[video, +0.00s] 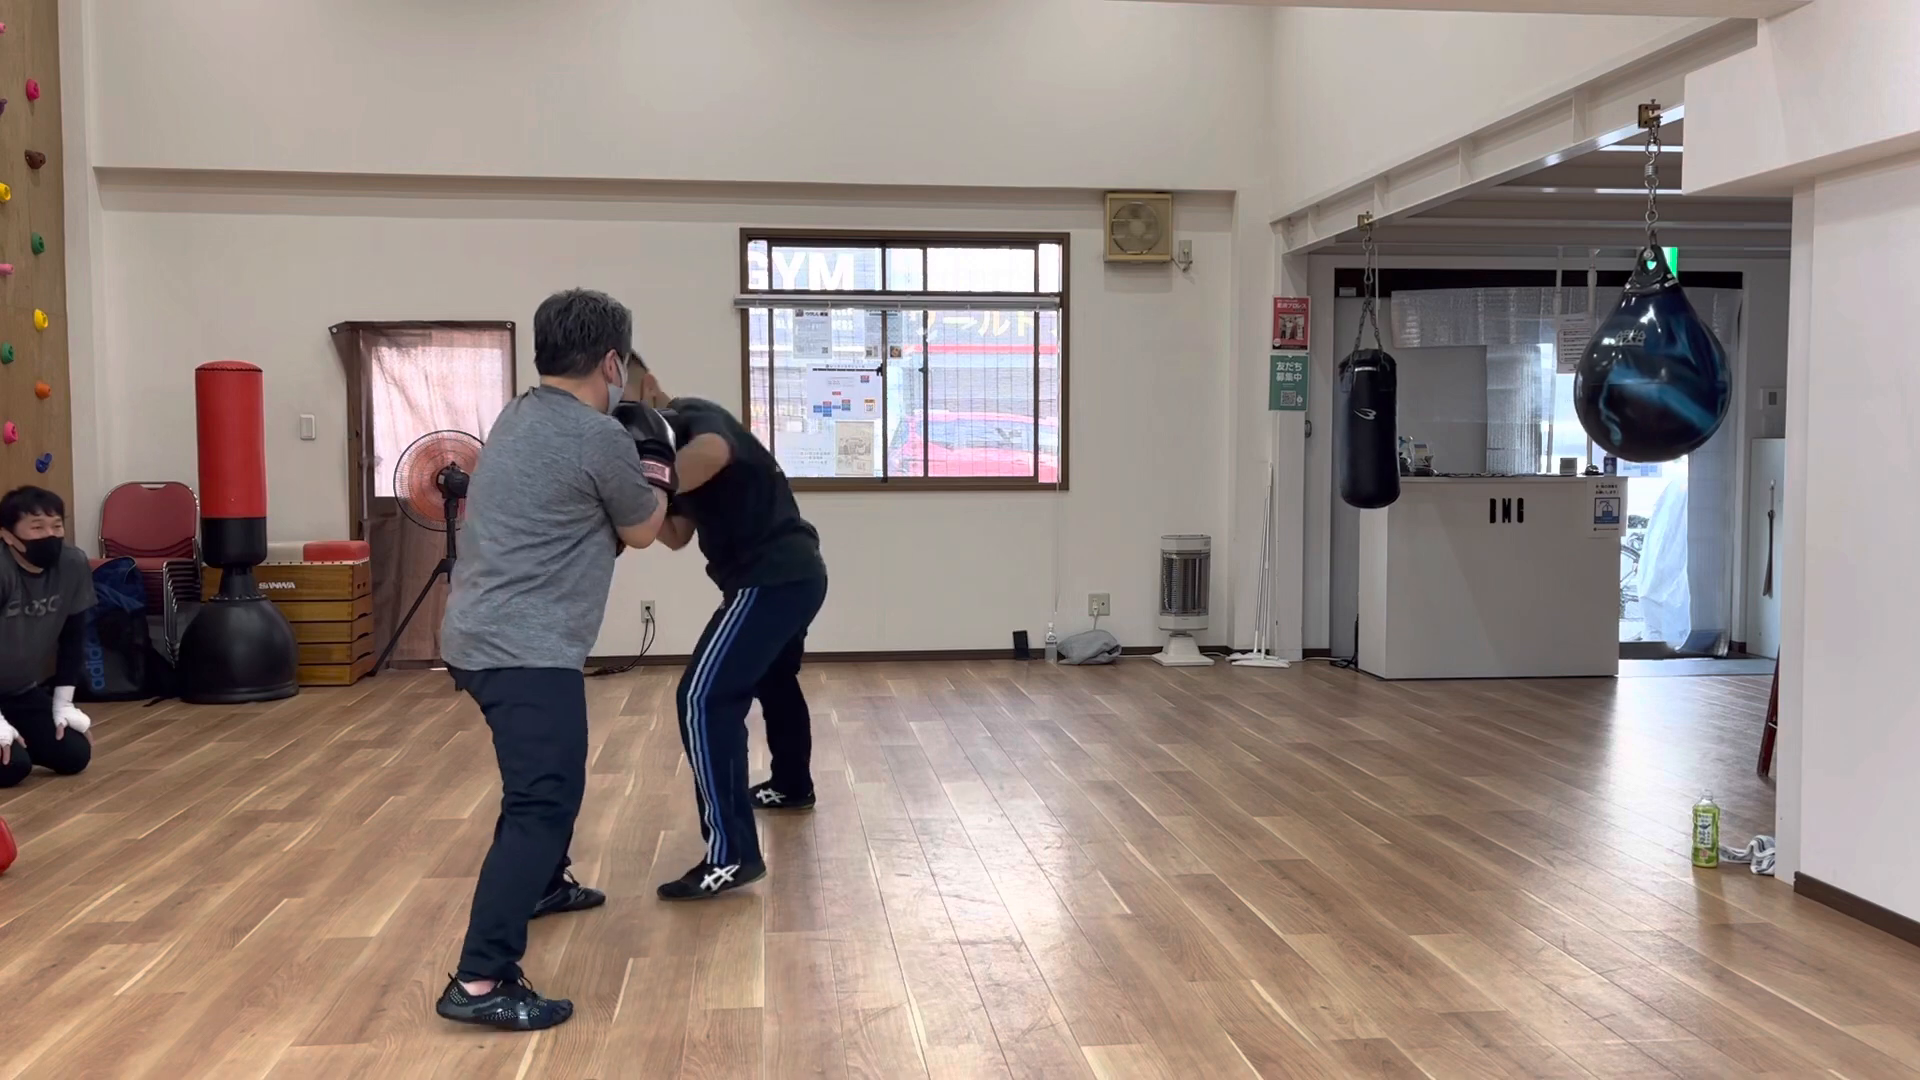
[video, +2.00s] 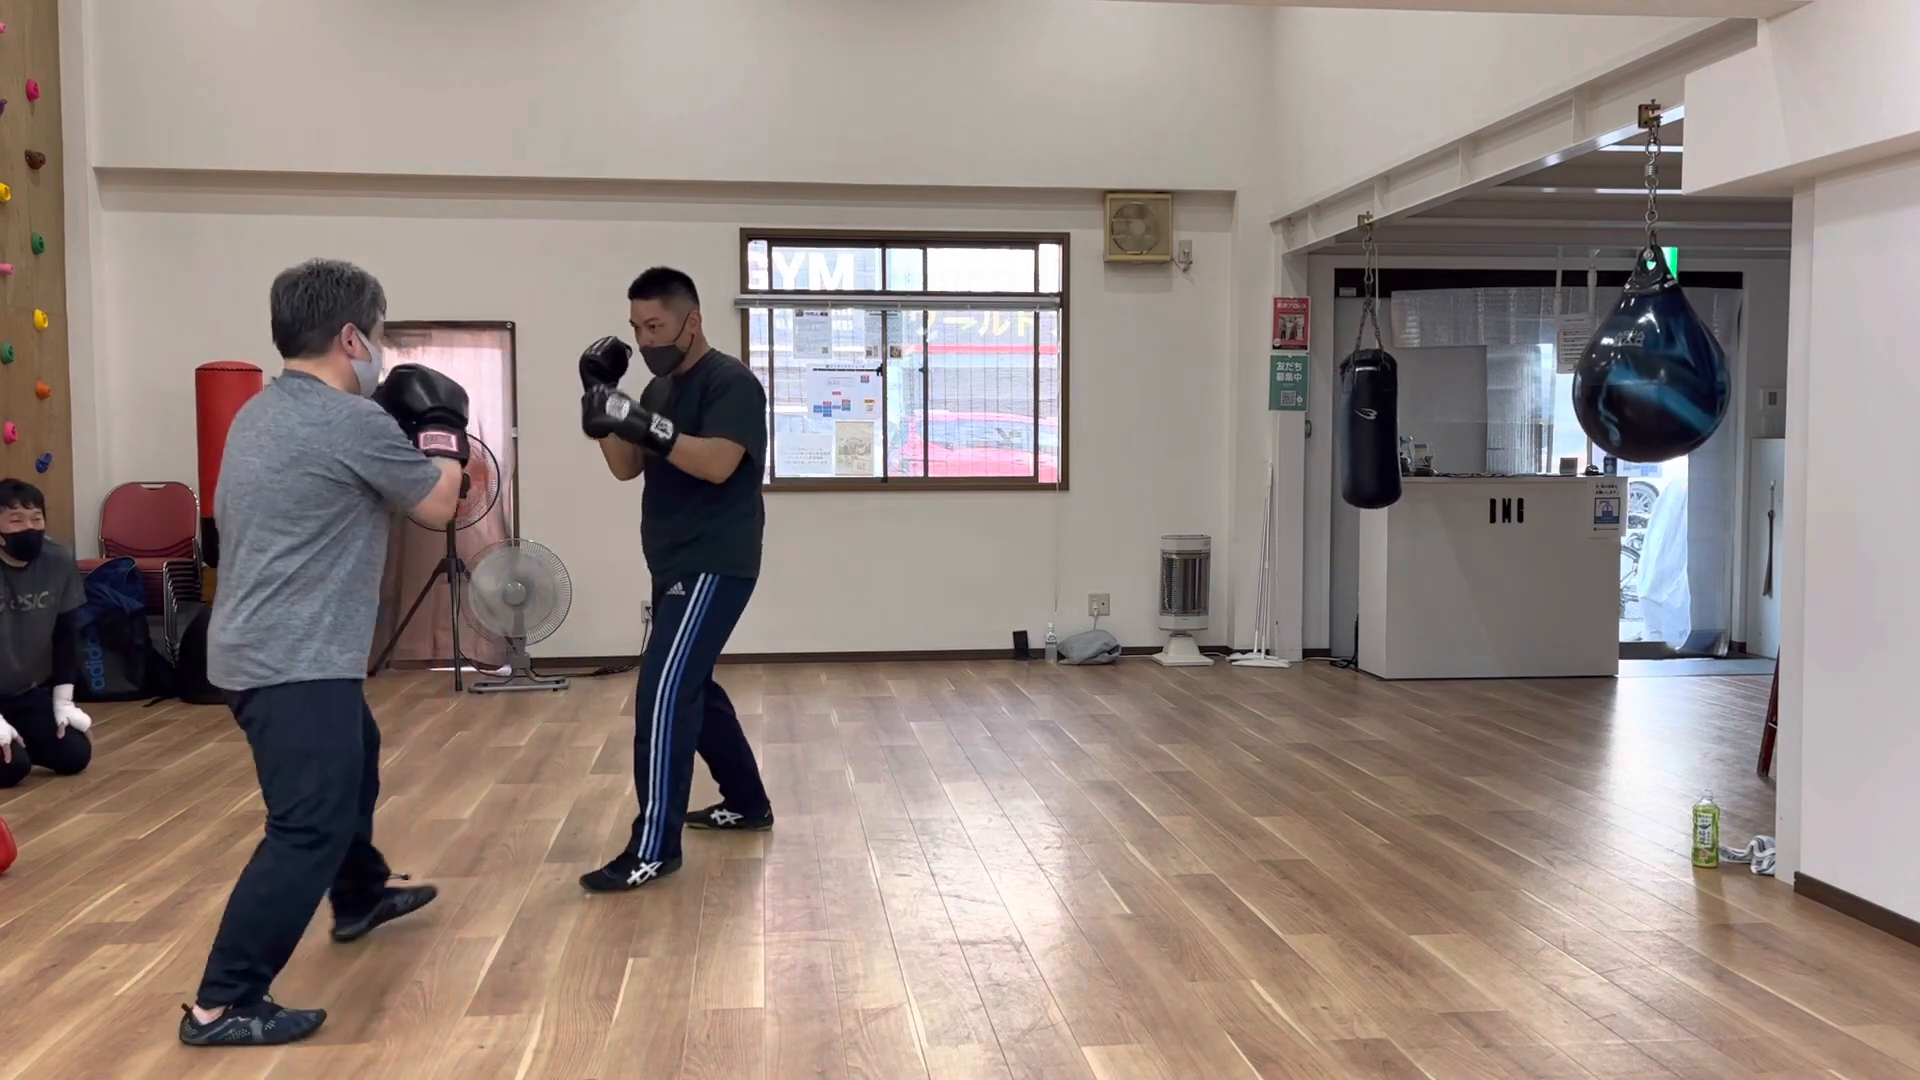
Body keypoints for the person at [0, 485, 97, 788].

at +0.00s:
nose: (50, 535)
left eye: (56, 525)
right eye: (37, 528)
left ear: (64, 527)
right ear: (8, 536)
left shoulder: (73, 564)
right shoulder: (2, 571)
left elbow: (73, 638)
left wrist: (63, 702)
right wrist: (0, 720)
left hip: (28, 691)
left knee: (74, 756)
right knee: (12, 766)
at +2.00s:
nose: (29, 528)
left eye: (36, 519)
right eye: (16, 520)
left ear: (44, 521)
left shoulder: (59, 561)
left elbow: (66, 634)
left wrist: (63, 700)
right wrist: (0, 721)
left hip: (31, 692)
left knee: (74, 756)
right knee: (13, 767)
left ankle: (15, 732)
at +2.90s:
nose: (8, 505)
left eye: (14, 497)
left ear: (23, 504)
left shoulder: (32, 552)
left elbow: (65, 615)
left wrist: (49, 675)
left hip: (17, 691)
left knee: (75, 756)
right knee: (4, 766)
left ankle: (3, 740)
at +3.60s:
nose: (5, 511)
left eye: (9, 503)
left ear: (16, 508)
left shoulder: (28, 551)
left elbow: (58, 613)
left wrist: (43, 679)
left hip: (13, 690)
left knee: (74, 756)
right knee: (3, 767)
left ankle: (2, 742)